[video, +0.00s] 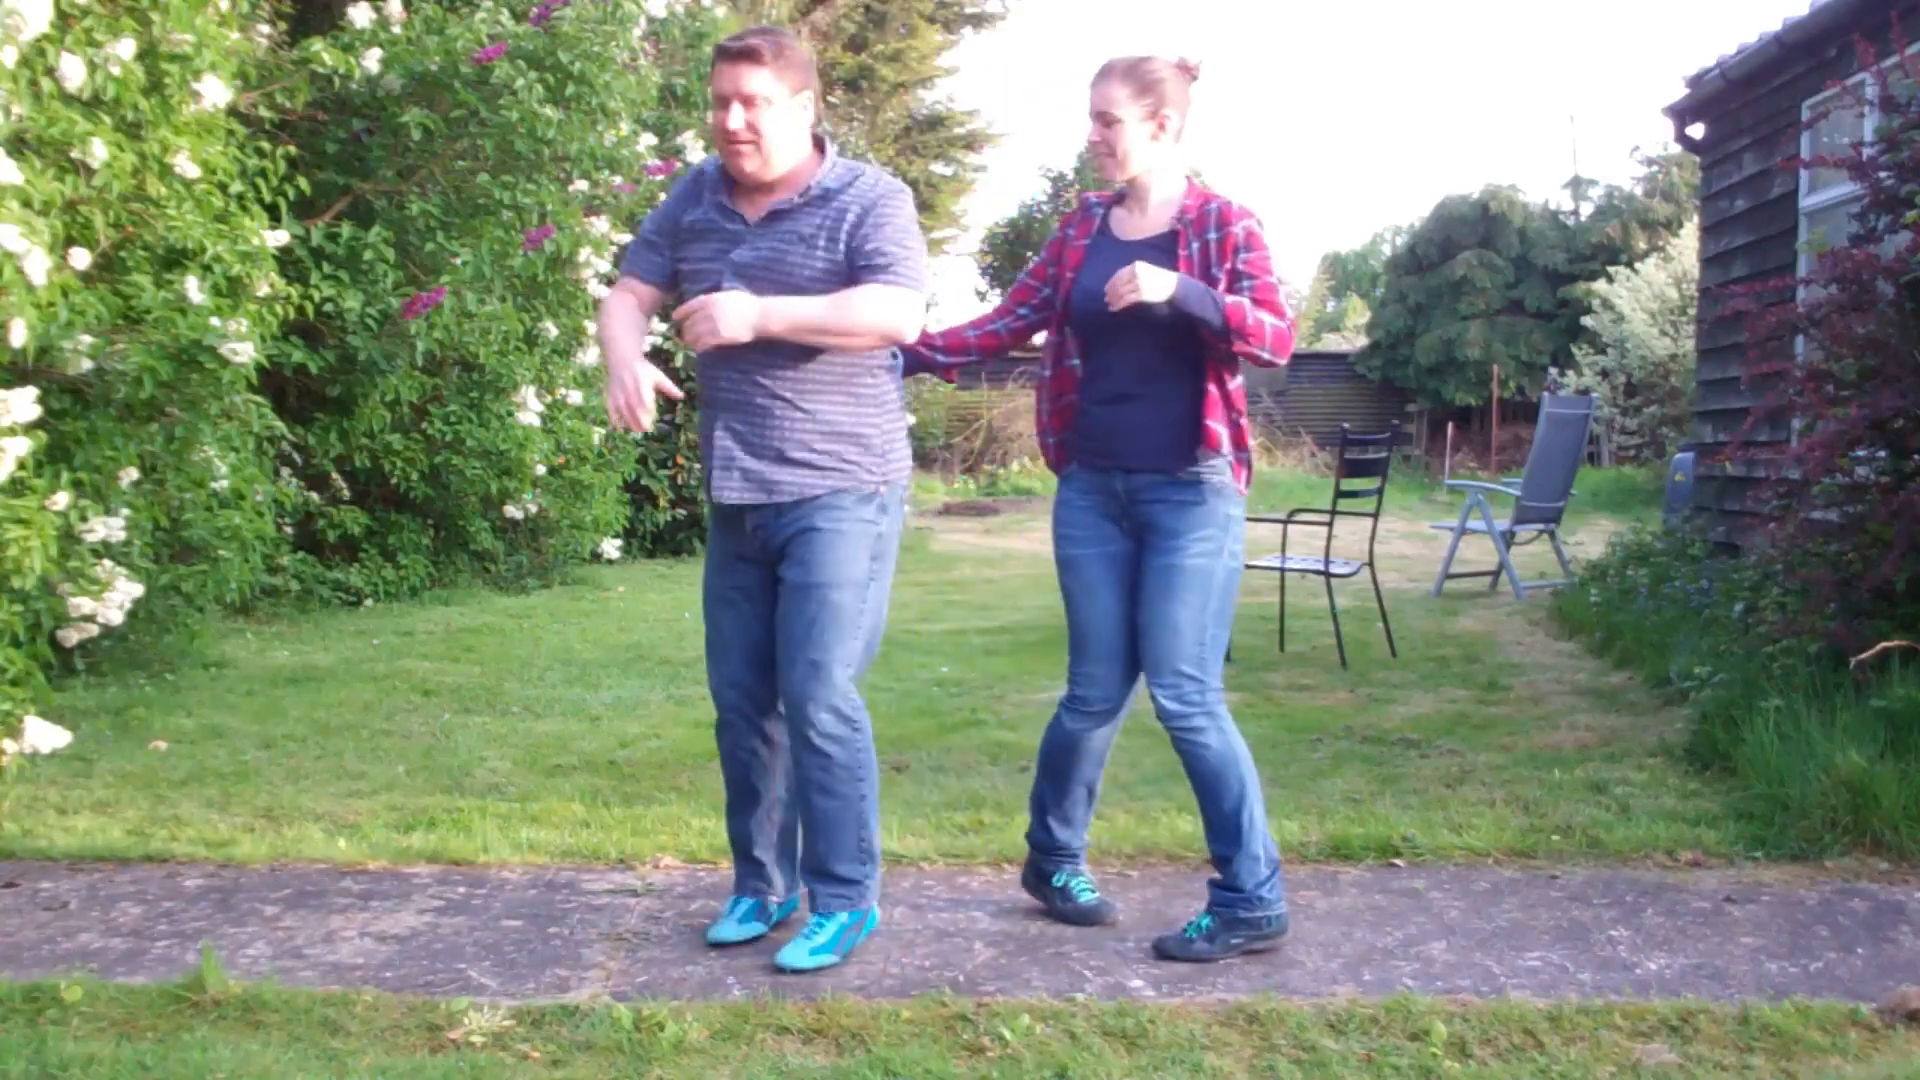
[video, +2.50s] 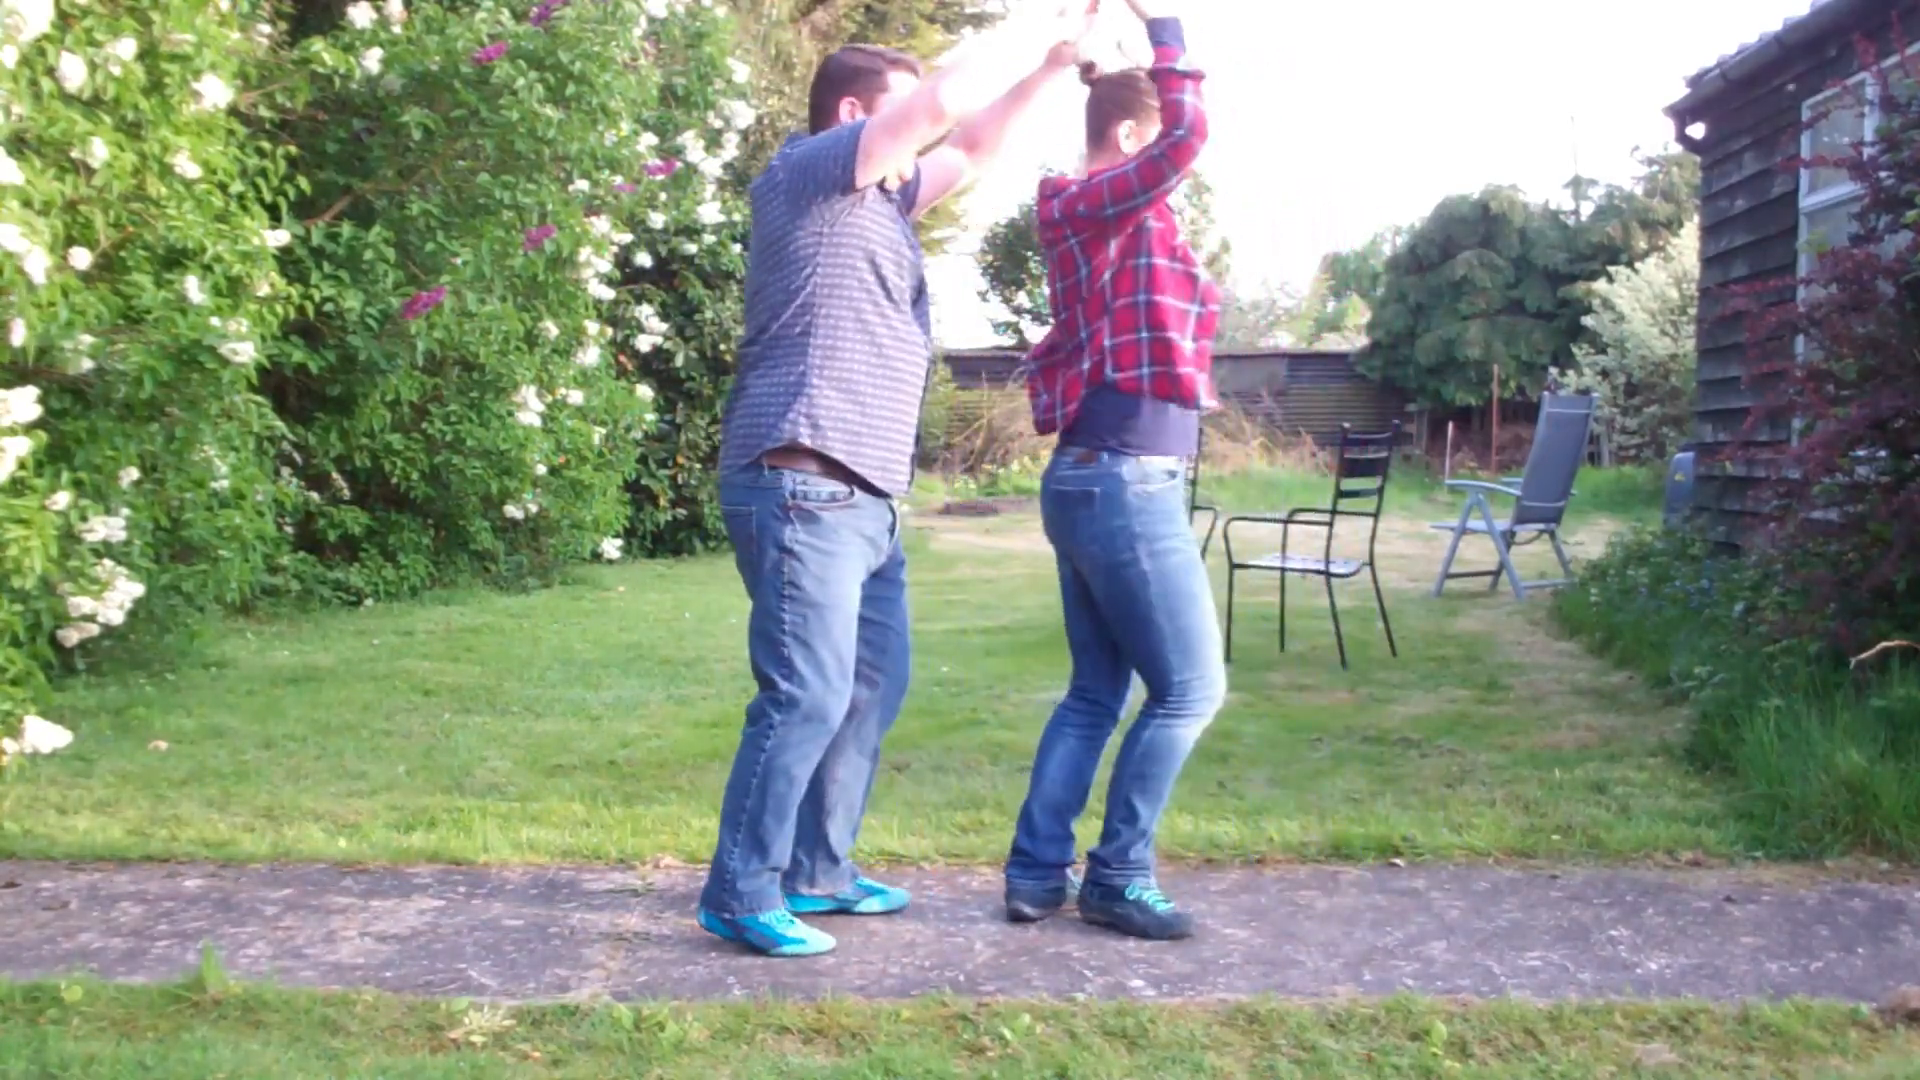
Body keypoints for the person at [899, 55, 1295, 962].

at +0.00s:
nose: (1092, 140)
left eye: (1108, 123)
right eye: (1090, 124)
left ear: (1165, 126)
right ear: (1099, 130)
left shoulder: (1223, 224)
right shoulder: (1082, 228)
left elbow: (1276, 337)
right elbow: (1010, 323)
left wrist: (1173, 287)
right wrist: (904, 348)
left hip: (1194, 490)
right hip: (1089, 488)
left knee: (1184, 691)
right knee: (1094, 693)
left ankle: (1253, 898)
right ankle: (1052, 861)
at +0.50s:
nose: (1208, 141)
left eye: (1222, 127)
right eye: (1211, 127)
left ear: (1274, 132)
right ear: (1262, 133)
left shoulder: (1318, 226)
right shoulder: (1240, 242)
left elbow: (1273, 345)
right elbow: (1172, 348)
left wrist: (1163, 303)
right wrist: (1079, 387)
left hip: (1296, 487)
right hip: (1268, 487)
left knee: (1226, 695)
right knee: (1292, 699)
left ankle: (1252, 905)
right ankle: (1417, 849)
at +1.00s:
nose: (1239, 132)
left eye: (1252, 118)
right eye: (1242, 117)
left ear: (1304, 123)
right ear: (1293, 124)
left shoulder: (1343, 221)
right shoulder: (1286, 231)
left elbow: (1317, 348)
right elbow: (1226, 327)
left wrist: (1200, 352)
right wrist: (1128, 318)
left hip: (1329, 481)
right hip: (1300, 482)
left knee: (1285, 692)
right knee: (1304, 686)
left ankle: (1344, 888)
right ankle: (1412, 843)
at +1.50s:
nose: (1192, 140)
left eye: (1200, 124)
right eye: (1195, 125)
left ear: (1237, 124)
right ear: (1243, 126)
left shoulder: (1310, 229)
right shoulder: (1209, 210)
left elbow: (1269, 351)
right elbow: (1122, 186)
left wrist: (1143, 322)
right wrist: (1096, 103)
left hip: (1270, 480)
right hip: (1194, 482)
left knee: (1248, 687)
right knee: (1172, 684)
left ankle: (1335, 870)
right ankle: (1226, 880)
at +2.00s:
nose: (1123, 141)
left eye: (1127, 129)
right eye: (1125, 129)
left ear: (1142, 135)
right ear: (1203, 136)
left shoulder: (1124, 235)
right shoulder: (1236, 214)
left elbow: (1032, 316)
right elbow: (1201, 170)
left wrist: (1062, 223)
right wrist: (1138, 100)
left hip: (1136, 501)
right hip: (1232, 497)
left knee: (1083, 685)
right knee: (1170, 688)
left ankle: (1034, 870)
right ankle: (1226, 879)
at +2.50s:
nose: (1170, 141)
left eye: (1168, 126)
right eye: (1162, 127)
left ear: (1104, 124)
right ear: (1128, 128)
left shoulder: (1098, 207)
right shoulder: (1093, 195)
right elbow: (1186, 134)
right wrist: (1162, 40)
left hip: (1090, 475)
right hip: (1127, 481)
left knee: (1096, 692)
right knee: (1191, 689)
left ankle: (1034, 873)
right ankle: (1117, 876)